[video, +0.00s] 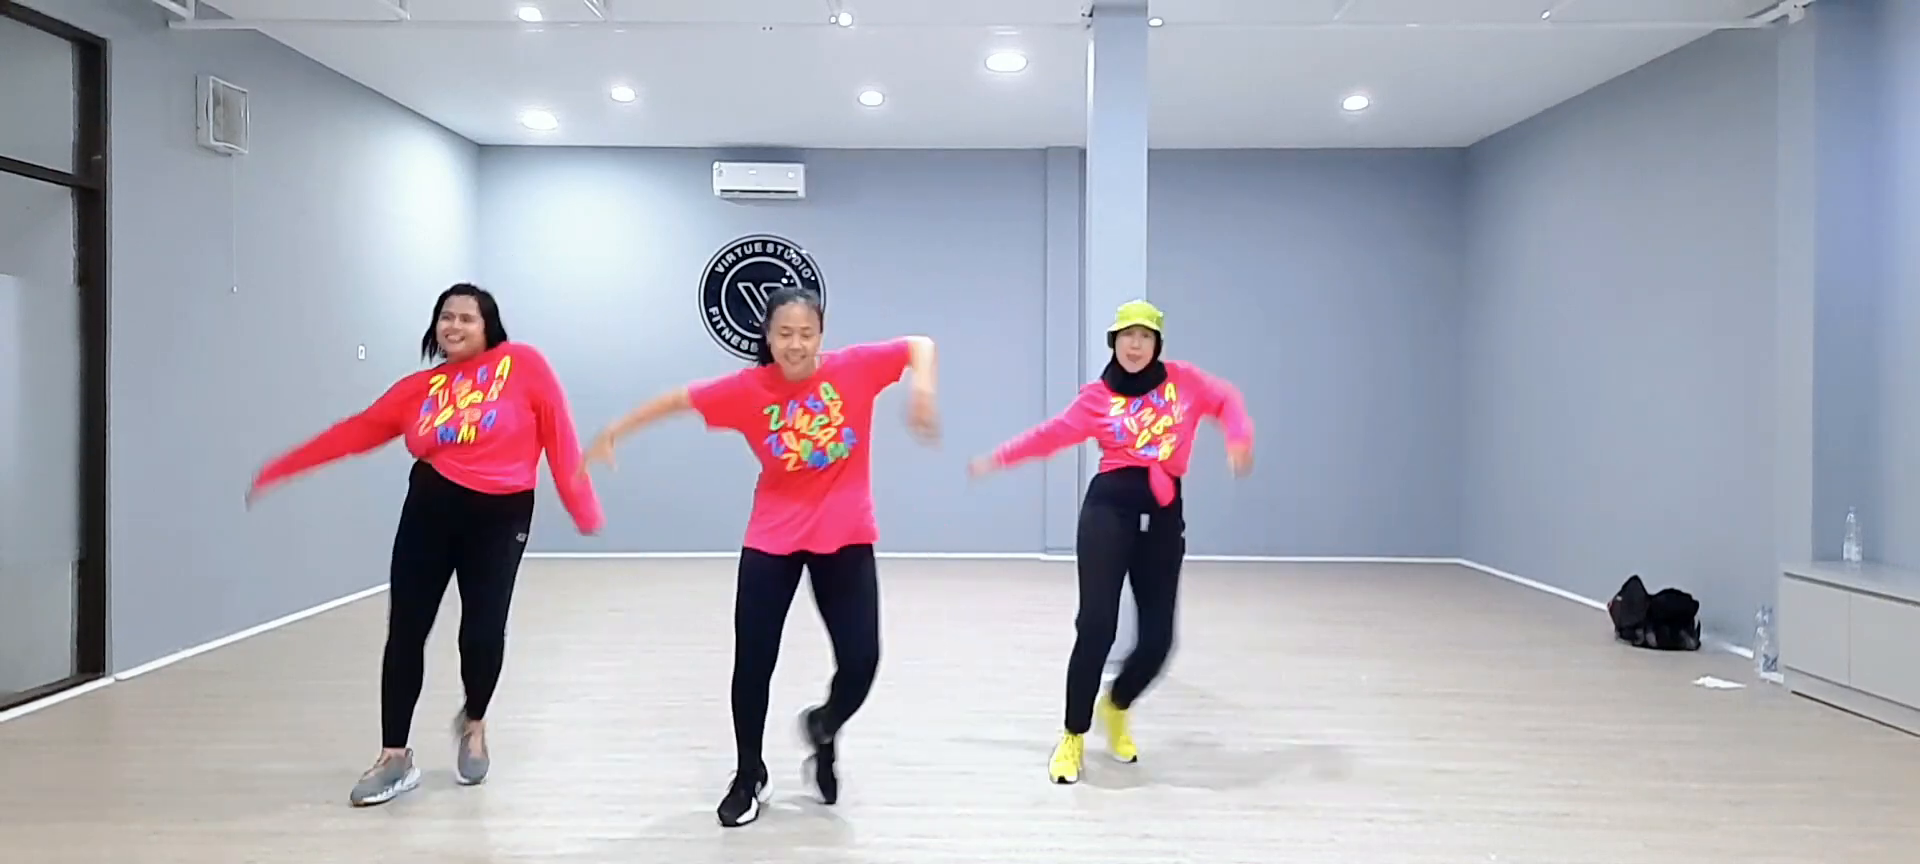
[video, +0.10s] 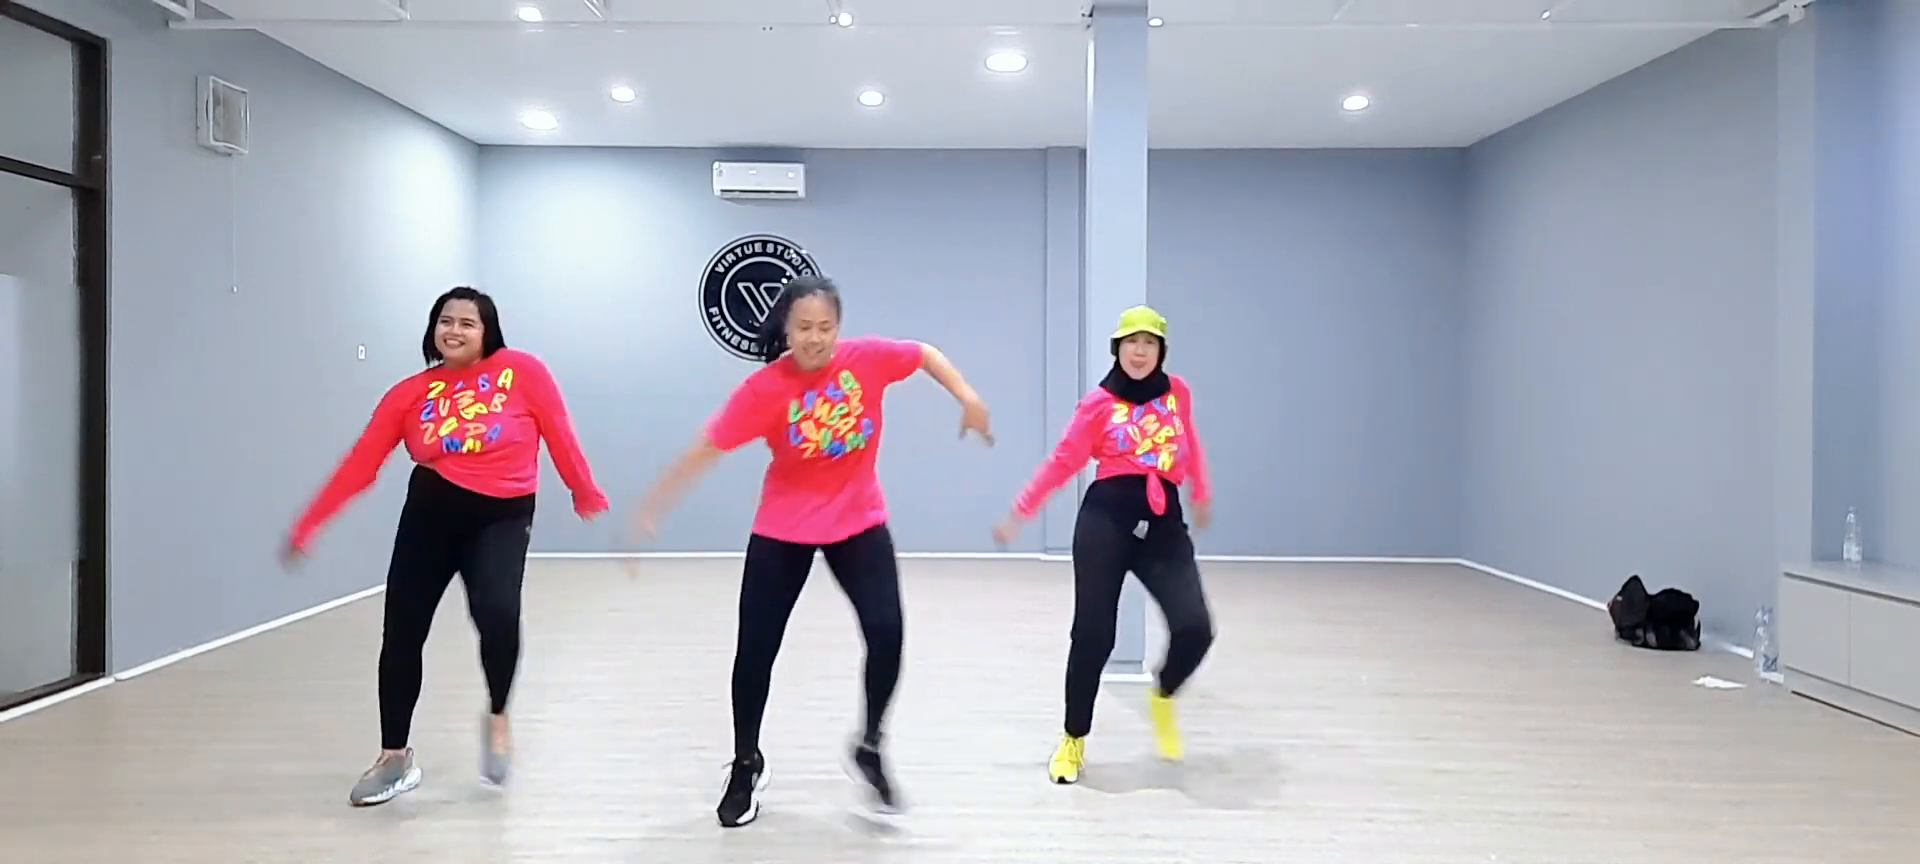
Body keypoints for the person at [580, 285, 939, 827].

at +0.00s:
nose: (796, 344)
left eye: (806, 333)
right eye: (785, 334)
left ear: (822, 337)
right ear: (768, 338)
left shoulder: (851, 368)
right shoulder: (747, 389)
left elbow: (922, 346)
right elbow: (677, 401)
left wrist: (922, 394)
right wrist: (612, 432)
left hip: (844, 533)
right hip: (774, 534)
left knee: (861, 661)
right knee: (752, 660)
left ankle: (823, 728)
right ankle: (749, 772)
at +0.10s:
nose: (814, 337)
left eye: (824, 326)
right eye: (803, 327)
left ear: (838, 328)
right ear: (786, 331)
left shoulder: (866, 359)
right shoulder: (765, 389)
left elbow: (926, 355)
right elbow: (706, 450)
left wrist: (971, 400)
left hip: (857, 521)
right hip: (784, 525)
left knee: (887, 631)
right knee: (755, 649)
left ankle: (870, 745)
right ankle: (746, 763)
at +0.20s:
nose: (837, 342)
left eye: (847, 331)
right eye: (826, 331)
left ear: (862, 332)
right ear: (808, 334)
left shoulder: (883, 360)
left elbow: (925, 369)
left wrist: (973, 401)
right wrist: (758, 580)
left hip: (875, 519)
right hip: (804, 525)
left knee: (905, 638)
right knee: (754, 642)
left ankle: (935, 777)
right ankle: (752, 757)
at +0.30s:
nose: (862, 365)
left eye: (872, 354)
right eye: (849, 354)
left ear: (887, 360)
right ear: (830, 360)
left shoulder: (895, 390)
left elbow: (925, 404)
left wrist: (956, 425)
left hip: (897, 561)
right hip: (822, 565)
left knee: (932, 677)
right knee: (764, 682)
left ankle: (964, 814)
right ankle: (755, 766)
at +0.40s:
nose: (886, 370)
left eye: (895, 359)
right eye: (873, 361)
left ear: (911, 365)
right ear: (855, 373)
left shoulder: (924, 408)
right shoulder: (850, 437)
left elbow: (935, 444)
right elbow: (895, 502)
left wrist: (945, 464)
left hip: (916, 571)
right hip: (848, 578)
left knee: (956, 678)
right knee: (794, 701)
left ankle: (968, 823)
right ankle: (753, 768)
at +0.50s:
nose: (908, 342)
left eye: (918, 331)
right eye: (896, 333)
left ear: (933, 338)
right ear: (878, 344)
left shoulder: (949, 391)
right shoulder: (864, 398)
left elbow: (958, 471)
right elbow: (880, 450)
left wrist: (955, 458)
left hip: (928, 546)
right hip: (855, 547)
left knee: (953, 671)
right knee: (801, 675)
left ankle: (968, 818)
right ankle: (781, 763)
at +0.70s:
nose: (922, 312)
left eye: (933, 302)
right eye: (912, 303)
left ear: (950, 312)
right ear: (895, 311)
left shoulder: (962, 380)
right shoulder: (866, 348)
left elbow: (974, 441)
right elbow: (814, 403)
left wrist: (986, 480)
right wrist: (868, 391)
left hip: (927, 520)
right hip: (852, 516)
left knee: (918, 652)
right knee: (842, 661)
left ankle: (930, 802)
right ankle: (823, 809)